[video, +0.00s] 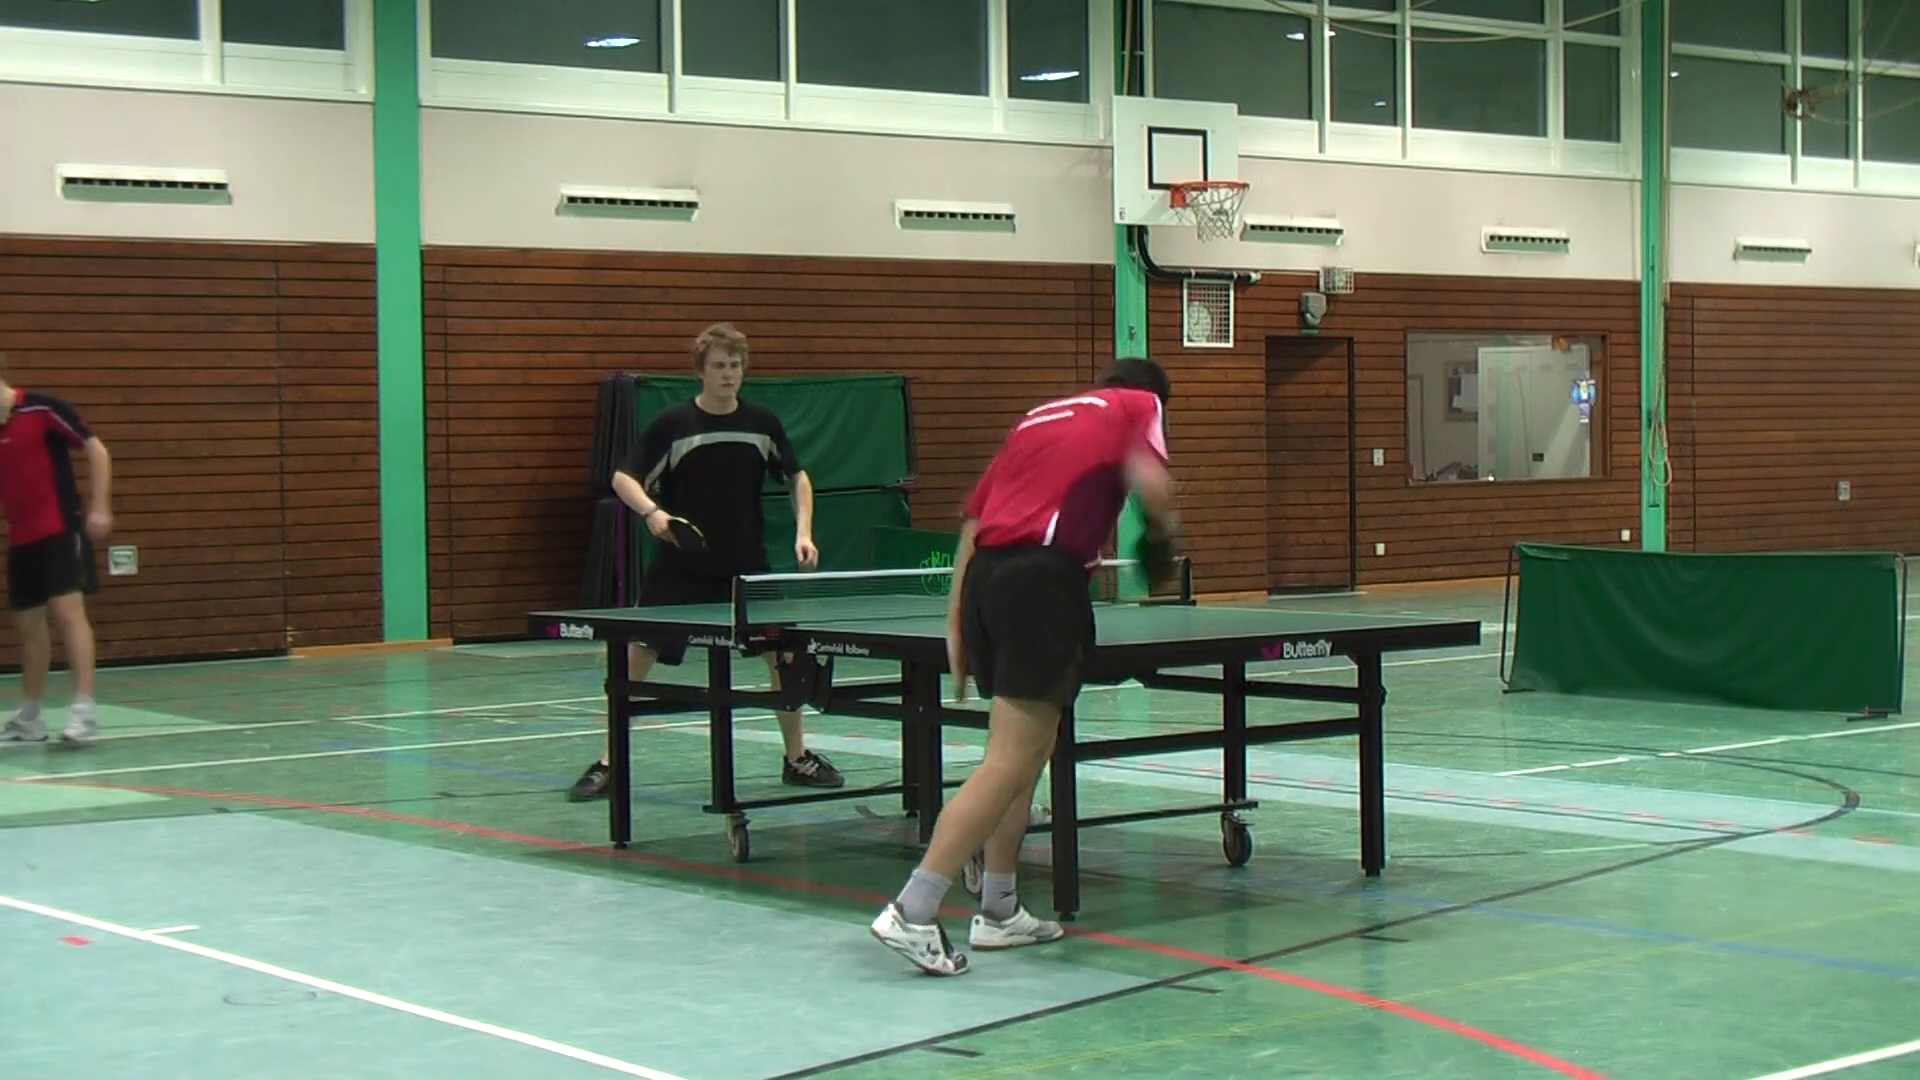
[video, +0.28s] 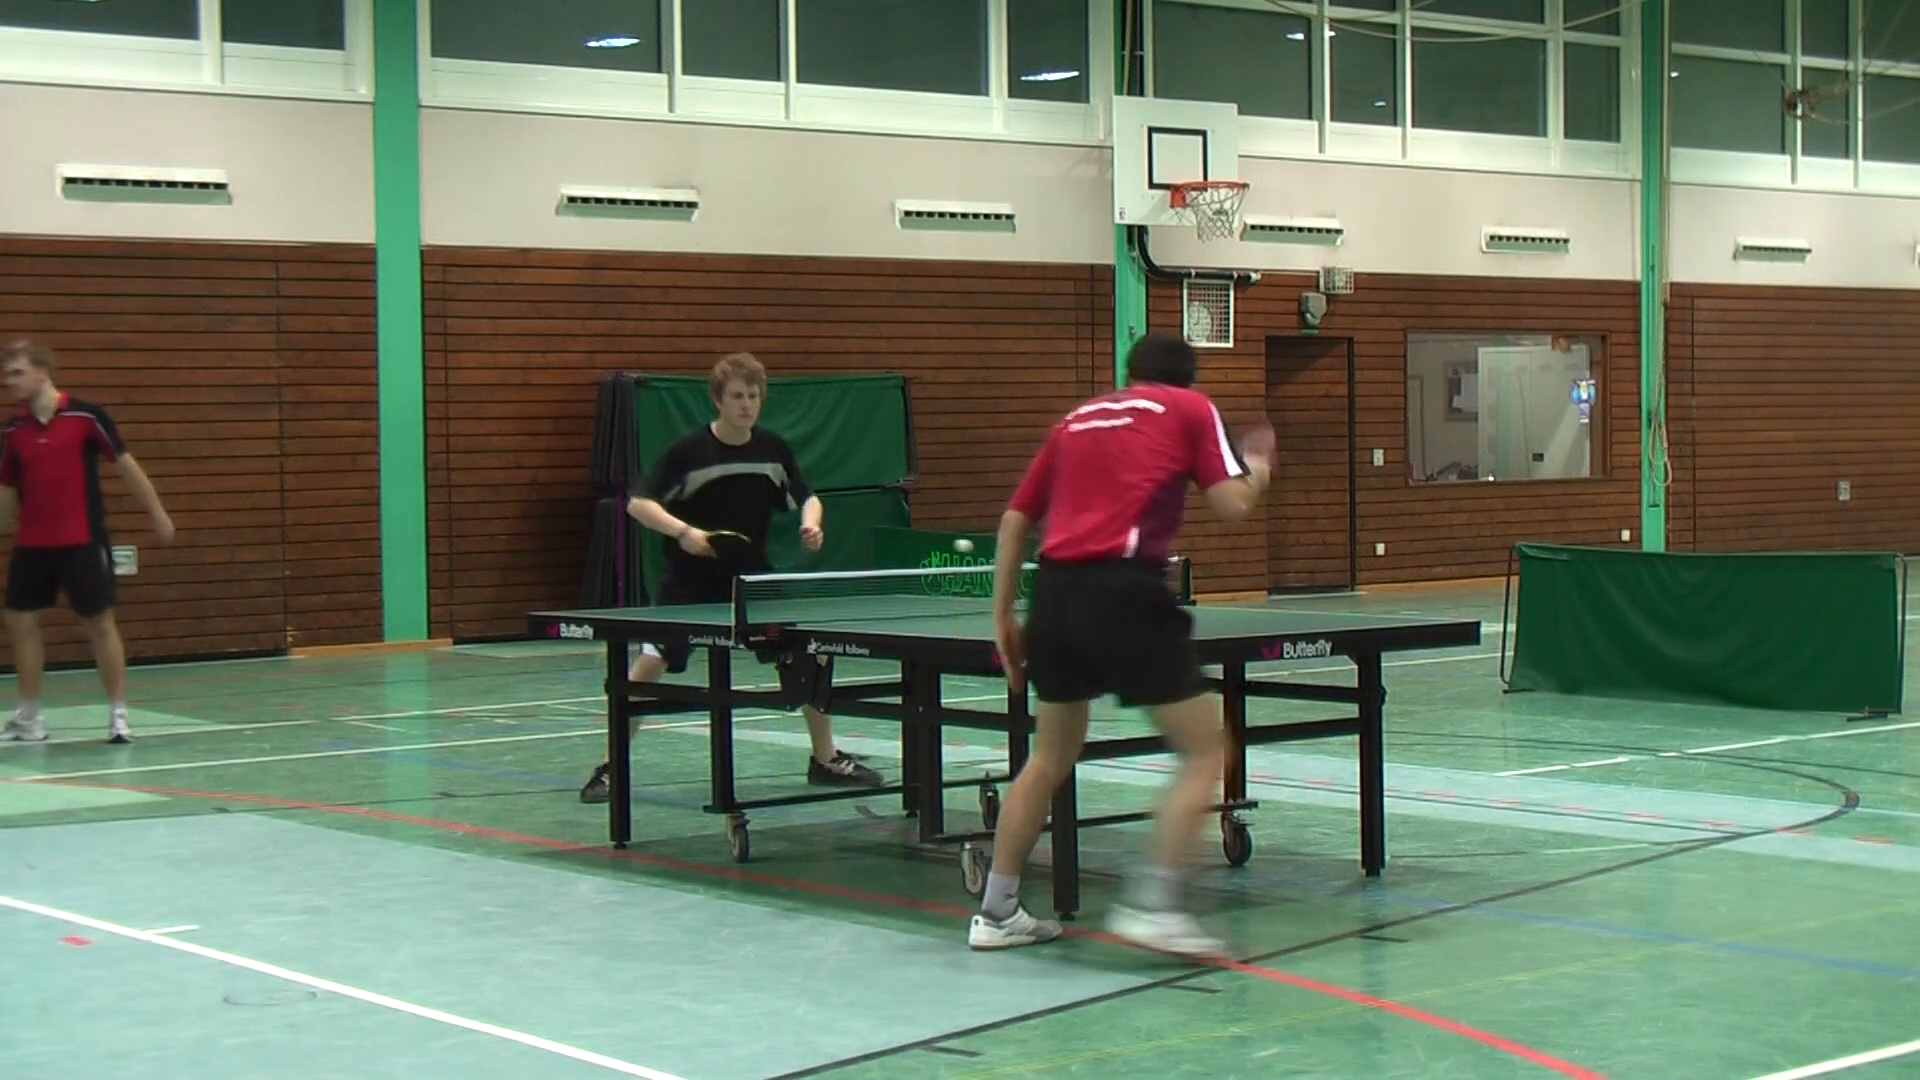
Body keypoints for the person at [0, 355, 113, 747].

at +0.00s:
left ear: (4, 383)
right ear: (1, 387)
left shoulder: (43, 410)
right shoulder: (4, 427)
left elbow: (96, 450)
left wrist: (100, 508)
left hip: (59, 535)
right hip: (20, 541)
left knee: (69, 613)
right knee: (29, 622)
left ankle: (84, 712)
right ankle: (30, 717)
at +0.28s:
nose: (10, 381)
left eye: (17, 373)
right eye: (7, 375)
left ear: (44, 373)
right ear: (10, 380)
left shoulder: (86, 417)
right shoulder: (14, 431)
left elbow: (127, 466)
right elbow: (8, 494)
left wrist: (158, 514)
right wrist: (9, 538)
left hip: (82, 545)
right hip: (32, 547)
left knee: (100, 624)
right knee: (21, 621)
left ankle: (118, 713)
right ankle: (29, 717)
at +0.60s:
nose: (27, 383)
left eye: (35, 376)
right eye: (26, 377)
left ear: (62, 374)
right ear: (30, 379)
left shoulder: (98, 423)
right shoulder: (31, 424)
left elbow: (118, 488)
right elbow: (28, 480)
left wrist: (116, 546)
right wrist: (21, 532)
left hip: (84, 547)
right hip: (34, 545)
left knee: (103, 628)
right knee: (12, 618)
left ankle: (119, 713)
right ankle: (9, 712)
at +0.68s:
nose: (17, 387)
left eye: (24, 379)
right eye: (15, 380)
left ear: (51, 376)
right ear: (23, 382)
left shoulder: (89, 423)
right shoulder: (24, 428)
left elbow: (104, 489)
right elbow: (20, 486)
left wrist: (86, 543)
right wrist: (6, 538)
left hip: (78, 548)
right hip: (29, 548)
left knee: (102, 629)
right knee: (7, 619)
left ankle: (118, 712)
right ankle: (1, 710)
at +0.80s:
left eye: (2, 388)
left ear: (24, 383)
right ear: (11, 386)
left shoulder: (67, 424)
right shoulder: (7, 433)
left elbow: (82, 484)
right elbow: (5, 491)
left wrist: (45, 533)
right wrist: (2, 531)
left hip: (67, 552)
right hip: (15, 552)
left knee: (95, 629)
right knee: (2, 624)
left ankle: (116, 710)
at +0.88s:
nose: (0, 406)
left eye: (1, 400)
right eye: (1, 400)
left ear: (6, 391)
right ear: (6, 392)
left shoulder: (47, 426)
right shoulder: (7, 434)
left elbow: (67, 484)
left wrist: (26, 531)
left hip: (51, 556)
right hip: (7, 558)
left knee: (85, 631)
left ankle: (115, 710)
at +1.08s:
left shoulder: (5, 421)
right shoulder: (8, 423)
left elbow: (31, 477)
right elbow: (32, 478)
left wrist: (21, 542)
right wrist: (21, 542)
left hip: (6, 551)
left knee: (34, 630)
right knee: (33, 629)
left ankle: (83, 694)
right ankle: (83, 694)